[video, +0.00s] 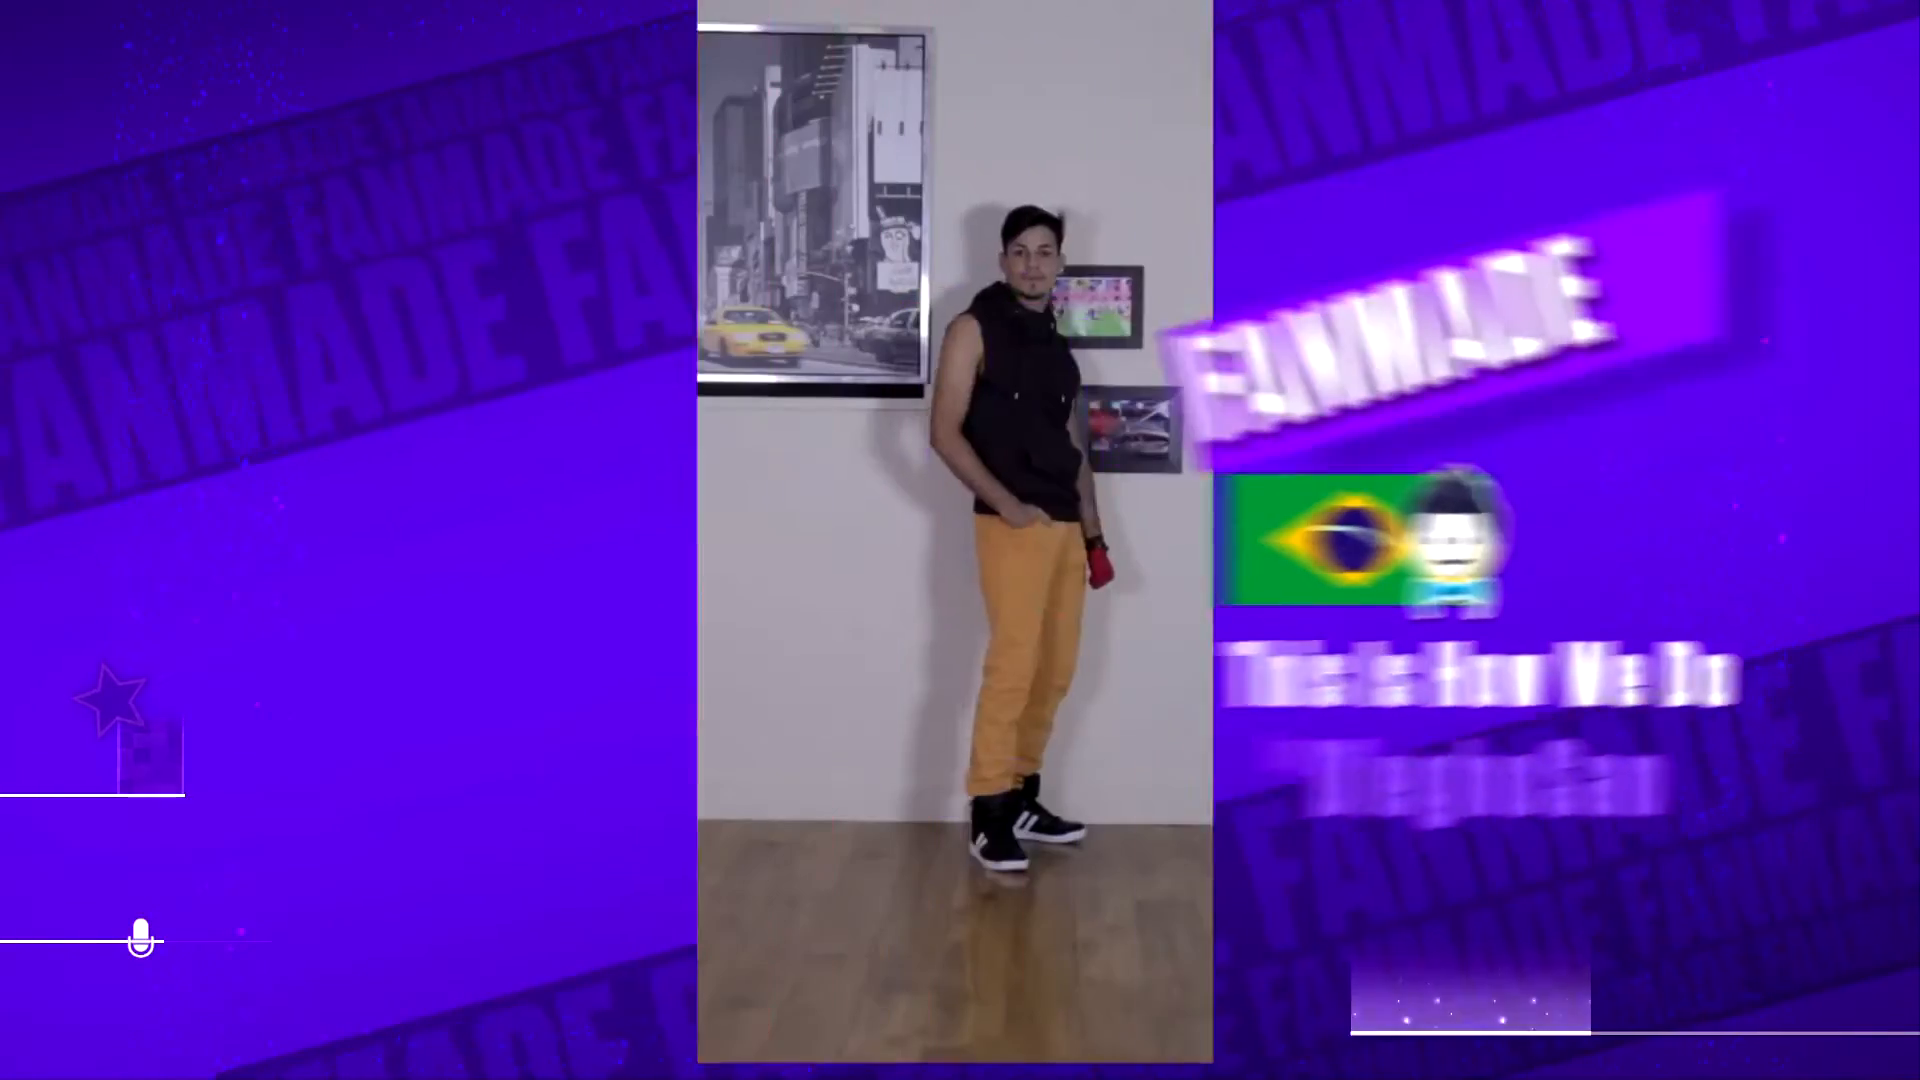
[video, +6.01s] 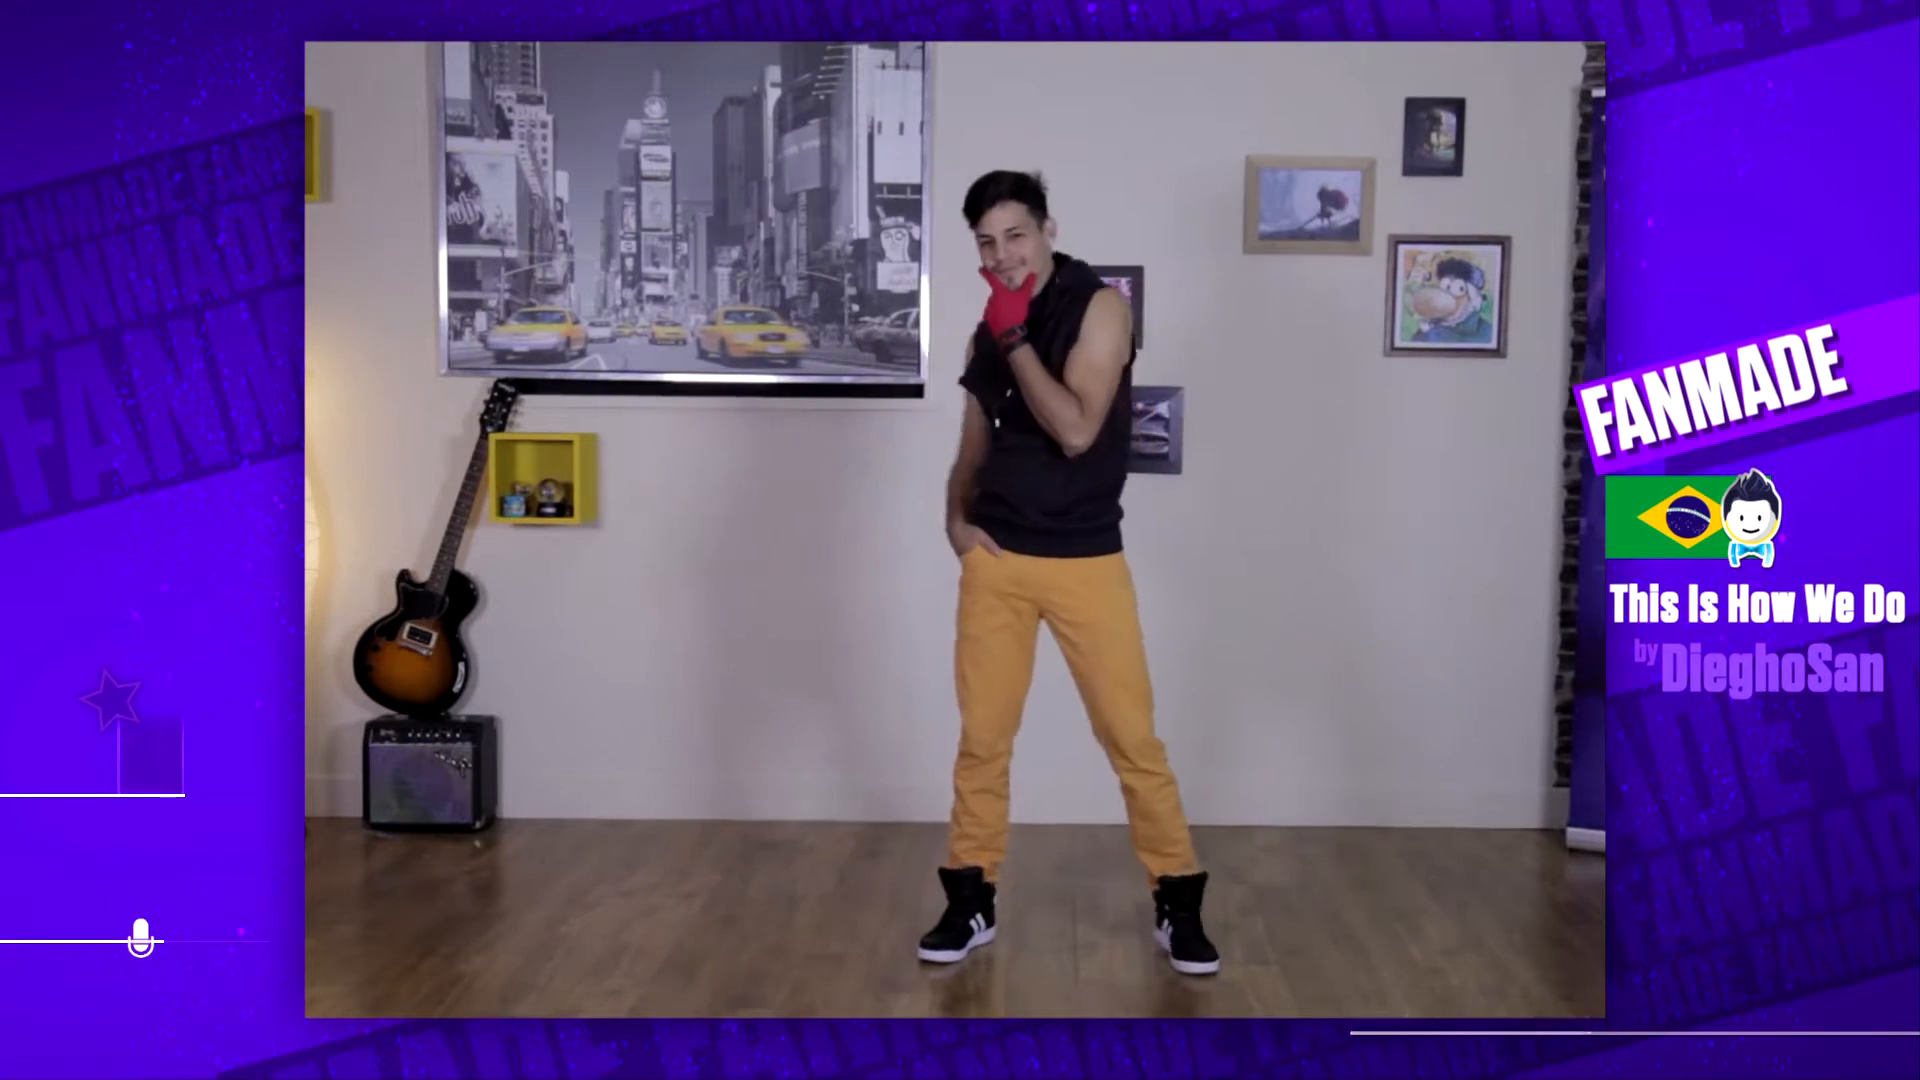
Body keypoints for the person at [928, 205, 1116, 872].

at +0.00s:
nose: (1034, 263)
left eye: (1045, 252)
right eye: (1022, 252)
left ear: (1059, 262)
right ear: (1002, 259)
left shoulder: (1055, 342)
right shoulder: (974, 328)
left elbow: (1075, 447)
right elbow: (943, 434)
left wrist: (1093, 534)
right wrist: (1007, 504)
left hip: (1068, 523)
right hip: (1013, 523)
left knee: (1053, 671)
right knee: (1011, 668)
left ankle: (1021, 803)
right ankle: (989, 817)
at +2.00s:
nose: (1057, 281)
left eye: (1071, 268)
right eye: (1045, 268)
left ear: (1089, 273)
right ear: (1027, 269)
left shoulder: (1084, 356)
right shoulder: (983, 325)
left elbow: (1069, 445)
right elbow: (920, 427)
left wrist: (1060, 511)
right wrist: (954, 527)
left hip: (1056, 543)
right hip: (985, 545)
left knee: (1079, 692)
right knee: (995, 699)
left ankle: (1099, 847)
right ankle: (998, 839)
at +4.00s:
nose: (1125, 243)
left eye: (1143, 233)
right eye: (1116, 229)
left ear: (1171, 249)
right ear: (1103, 237)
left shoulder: (1169, 347)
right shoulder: (1053, 305)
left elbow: (1174, 460)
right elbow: (982, 415)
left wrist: (1187, 564)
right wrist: (1022, 522)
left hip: (1128, 562)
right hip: (1047, 552)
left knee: (1109, 723)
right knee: (1021, 718)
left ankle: (1096, 881)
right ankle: (986, 887)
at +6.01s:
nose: (1002, 254)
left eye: (1015, 237)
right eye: (988, 243)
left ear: (1048, 232)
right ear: (978, 249)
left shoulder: (1103, 309)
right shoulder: (992, 335)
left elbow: (1078, 428)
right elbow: (974, 444)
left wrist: (1013, 340)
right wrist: (957, 515)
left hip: (1087, 565)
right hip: (995, 559)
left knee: (1132, 741)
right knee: (981, 739)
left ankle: (1179, 903)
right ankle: (969, 901)